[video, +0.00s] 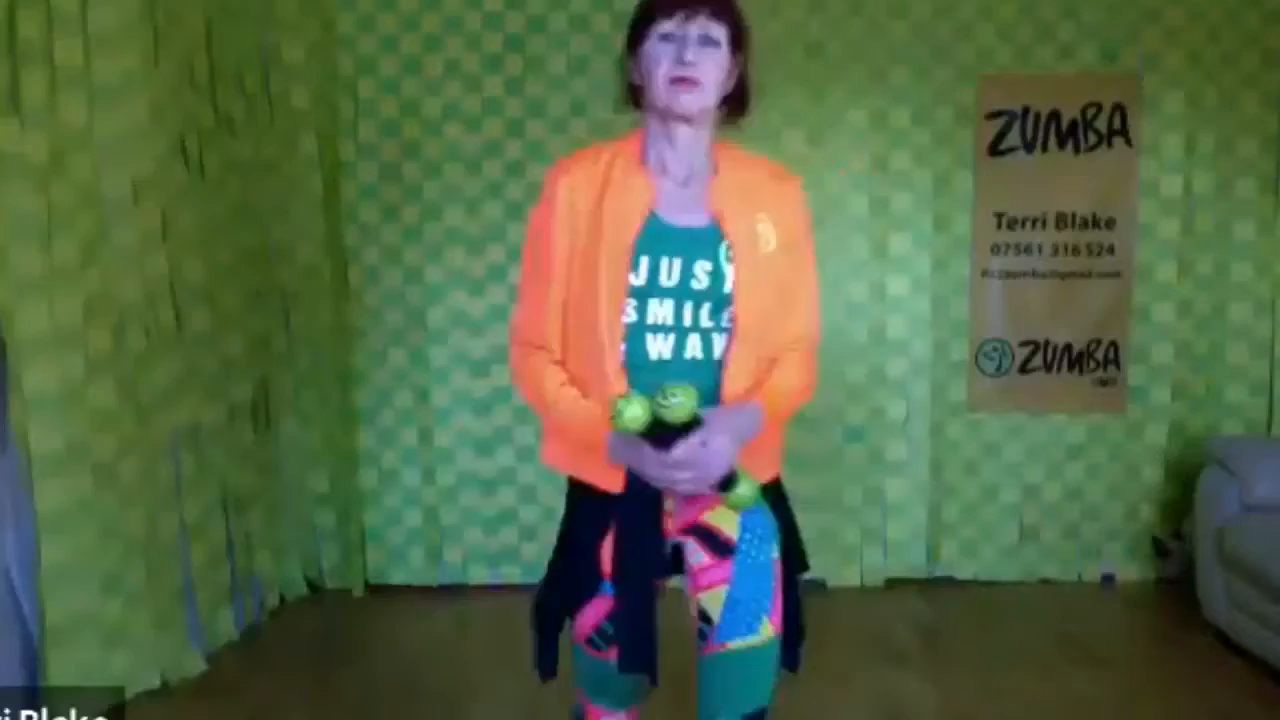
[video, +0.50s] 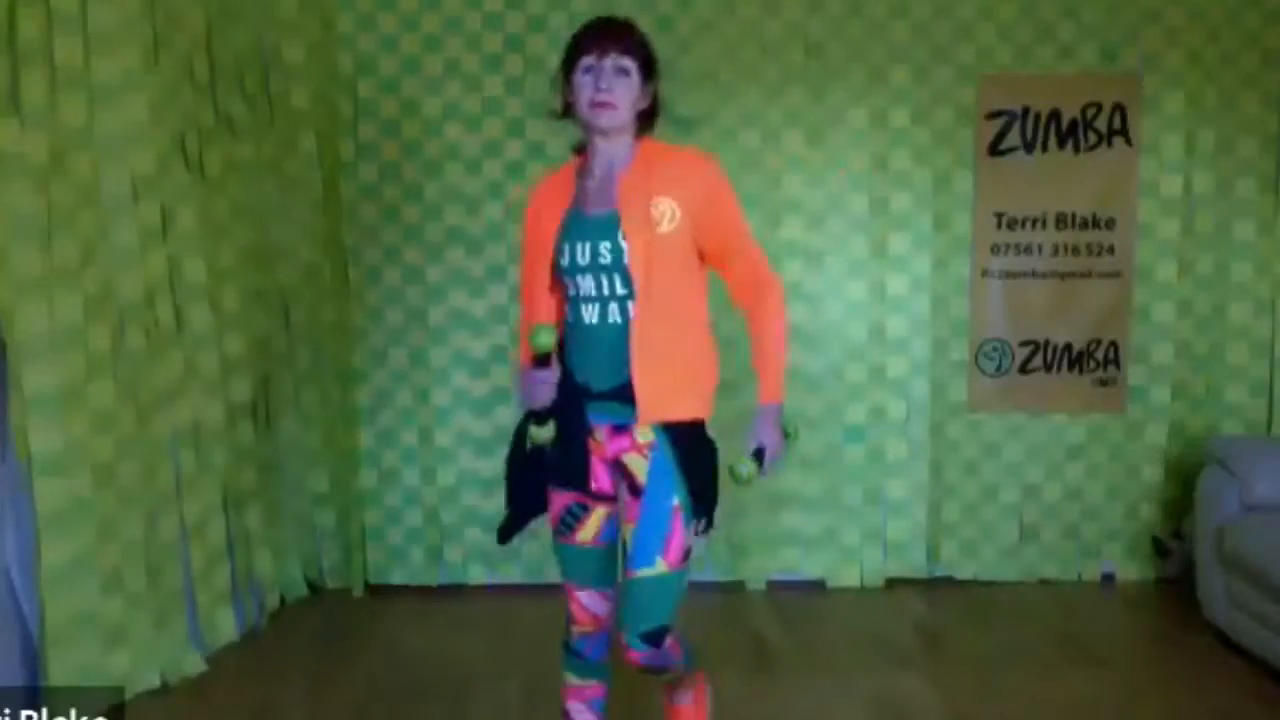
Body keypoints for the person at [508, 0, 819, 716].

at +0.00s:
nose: (685, 55)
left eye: (707, 42)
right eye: (667, 39)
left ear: (734, 70)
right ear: (636, 64)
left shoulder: (774, 194)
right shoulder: (575, 186)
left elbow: (796, 356)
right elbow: (533, 356)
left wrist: (738, 426)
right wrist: (626, 449)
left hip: (737, 499)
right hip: (612, 501)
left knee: (738, 707)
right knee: (607, 705)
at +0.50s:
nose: (604, 84)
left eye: (622, 72)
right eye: (589, 71)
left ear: (647, 92)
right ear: (570, 92)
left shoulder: (689, 178)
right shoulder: (548, 195)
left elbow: (759, 288)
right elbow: (536, 315)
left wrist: (770, 405)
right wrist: (533, 374)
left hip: (667, 430)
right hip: (574, 429)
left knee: (644, 641)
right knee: (585, 627)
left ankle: (686, 688)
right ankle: (583, 717)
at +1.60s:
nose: (647, 133)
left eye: (659, 122)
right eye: (635, 121)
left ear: (676, 135)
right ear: (615, 134)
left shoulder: (704, 202)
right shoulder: (595, 213)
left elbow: (750, 281)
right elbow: (581, 294)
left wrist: (750, 370)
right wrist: (585, 335)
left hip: (681, 389)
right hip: (612, 388)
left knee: (675, 540)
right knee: (613, 537)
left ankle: (684, 633)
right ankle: (606, 665)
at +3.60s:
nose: (641, 137)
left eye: (653, 127)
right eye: (631, 126)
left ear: (672, 138)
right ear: (615, 135)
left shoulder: (698, 197)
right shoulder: (599, 205)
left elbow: (738, 276)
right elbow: (585, 275)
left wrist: (737, 350)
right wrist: (588, 306)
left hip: (678, 368)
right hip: (616, 368)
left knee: (664, 512)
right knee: (625, 504)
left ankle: (680, 613)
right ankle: (626, 620)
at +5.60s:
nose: (628, 127)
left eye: (638, 119)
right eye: (616, 120)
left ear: (655, 134)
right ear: (599, 136)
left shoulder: (685, 201)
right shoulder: (577, 207)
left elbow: (709, 274)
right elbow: (554, 288)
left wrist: (706, 336)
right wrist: (570, 299)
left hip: (661, 368)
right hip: (597, 367)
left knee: (652, 507)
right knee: (602, 503)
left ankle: (650, 613)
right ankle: (602, 617)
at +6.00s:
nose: (630, 135)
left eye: (641, 126)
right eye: (619, 127)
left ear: (660, 138)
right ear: (604, 142)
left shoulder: (692, 186)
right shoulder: (591, 213)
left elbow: (733, 249)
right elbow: (563, 303)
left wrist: (725, 305)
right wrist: (542, 394)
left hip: (689, 364)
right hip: (622, 370)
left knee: (677, 500)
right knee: (607, 501)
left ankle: (649, 615)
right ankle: (597, 625)